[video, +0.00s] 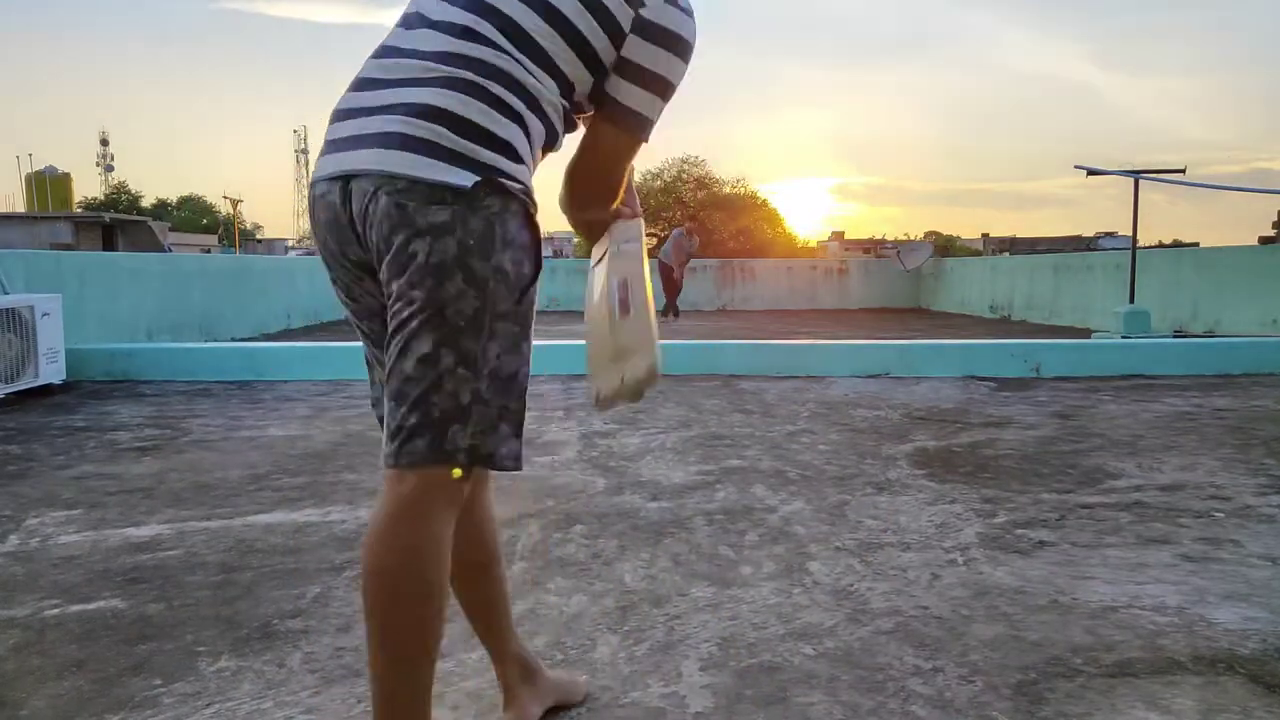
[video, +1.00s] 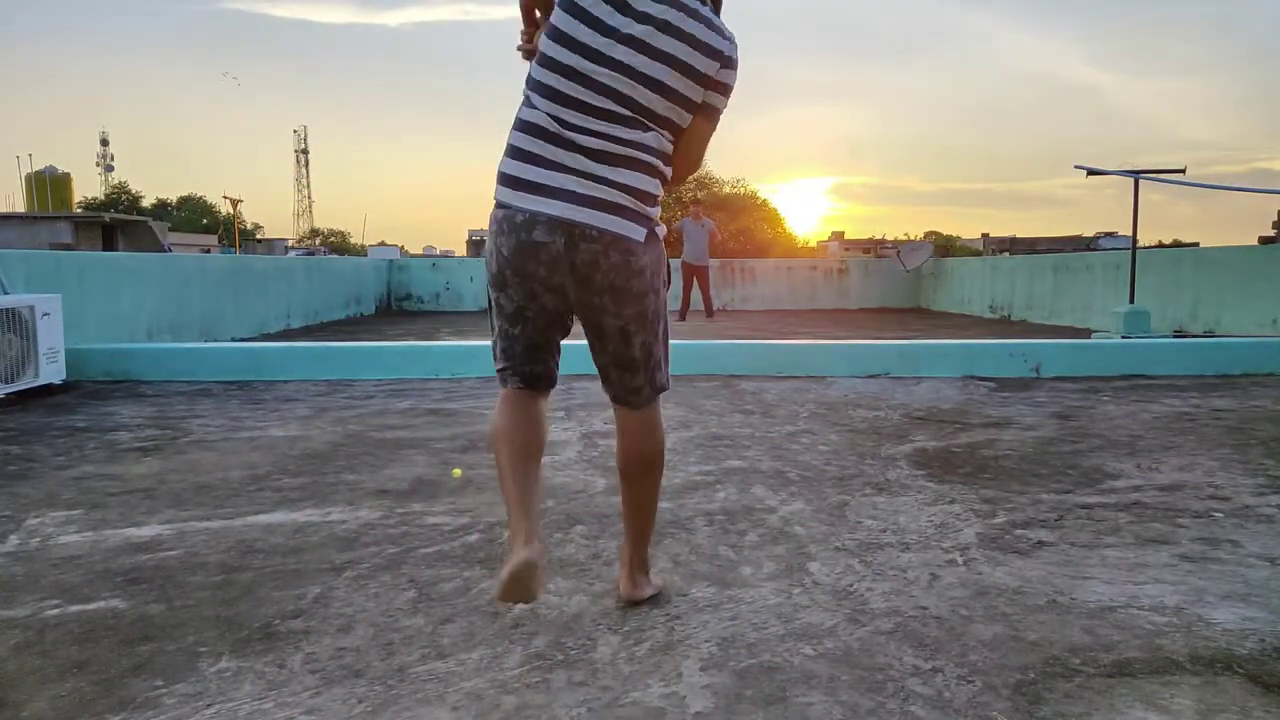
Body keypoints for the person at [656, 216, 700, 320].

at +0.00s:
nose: (690, 225)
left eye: (693, 223)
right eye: (689, 222)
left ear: (696, 225)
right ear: (685, 223)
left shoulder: (695, 240)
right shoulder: (677, 234)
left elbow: (689, 256)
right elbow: (674, 253)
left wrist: (682, 268)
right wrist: (676, 268)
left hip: (678, 263)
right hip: (666, 260)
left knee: (678, 286)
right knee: (668, 286)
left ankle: (665, 311)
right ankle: (675, 311)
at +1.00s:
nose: (695, 209)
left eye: (698, 206)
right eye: (693, 206)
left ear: (702, 208)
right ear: (690, 208)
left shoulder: (707, 223)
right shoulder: (685, 222)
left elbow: (717, 237)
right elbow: (673, 229)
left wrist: (708, 245)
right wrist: (684, 240)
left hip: (702, 261)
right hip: (687, 260)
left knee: (705, 291)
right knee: (686, 290)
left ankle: (710, 314)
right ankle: (682, 315)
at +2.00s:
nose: (692, 209)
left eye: (695, 206)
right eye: (690, 206)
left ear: (699, 208)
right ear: (687, 209)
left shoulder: (705, 222)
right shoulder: (683, 223)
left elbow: (710, 238)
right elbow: (681, 243)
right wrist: (677, 260)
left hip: (702, 262)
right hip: (688, 261)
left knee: (705, 291)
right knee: (686, 291)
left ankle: (709, 315)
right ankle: (682, 315)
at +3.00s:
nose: (699, 219)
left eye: (701, 217)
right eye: (696, 217)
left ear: (704, 217)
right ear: (693, 217)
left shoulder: (710, 229)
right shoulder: (688, 229)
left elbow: (712, 245)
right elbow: (687, 247)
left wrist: (707, 256)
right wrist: (695, 257)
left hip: (707, 264)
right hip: (692, 264)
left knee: (710, 291)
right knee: (687, 291)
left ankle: (710, 315)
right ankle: (681, 315)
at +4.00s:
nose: (682, 214)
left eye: (684, 211)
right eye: (679, 211)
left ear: (687, 212)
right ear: (675, 213)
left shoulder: (692, 225)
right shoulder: (673, 224)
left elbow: (703, 234)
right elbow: (658, 231)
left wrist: (692, 231)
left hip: (686, 259)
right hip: (673, 259)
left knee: (680, 288)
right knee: (676, 287)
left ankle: (678, 311)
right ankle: (676, 311)